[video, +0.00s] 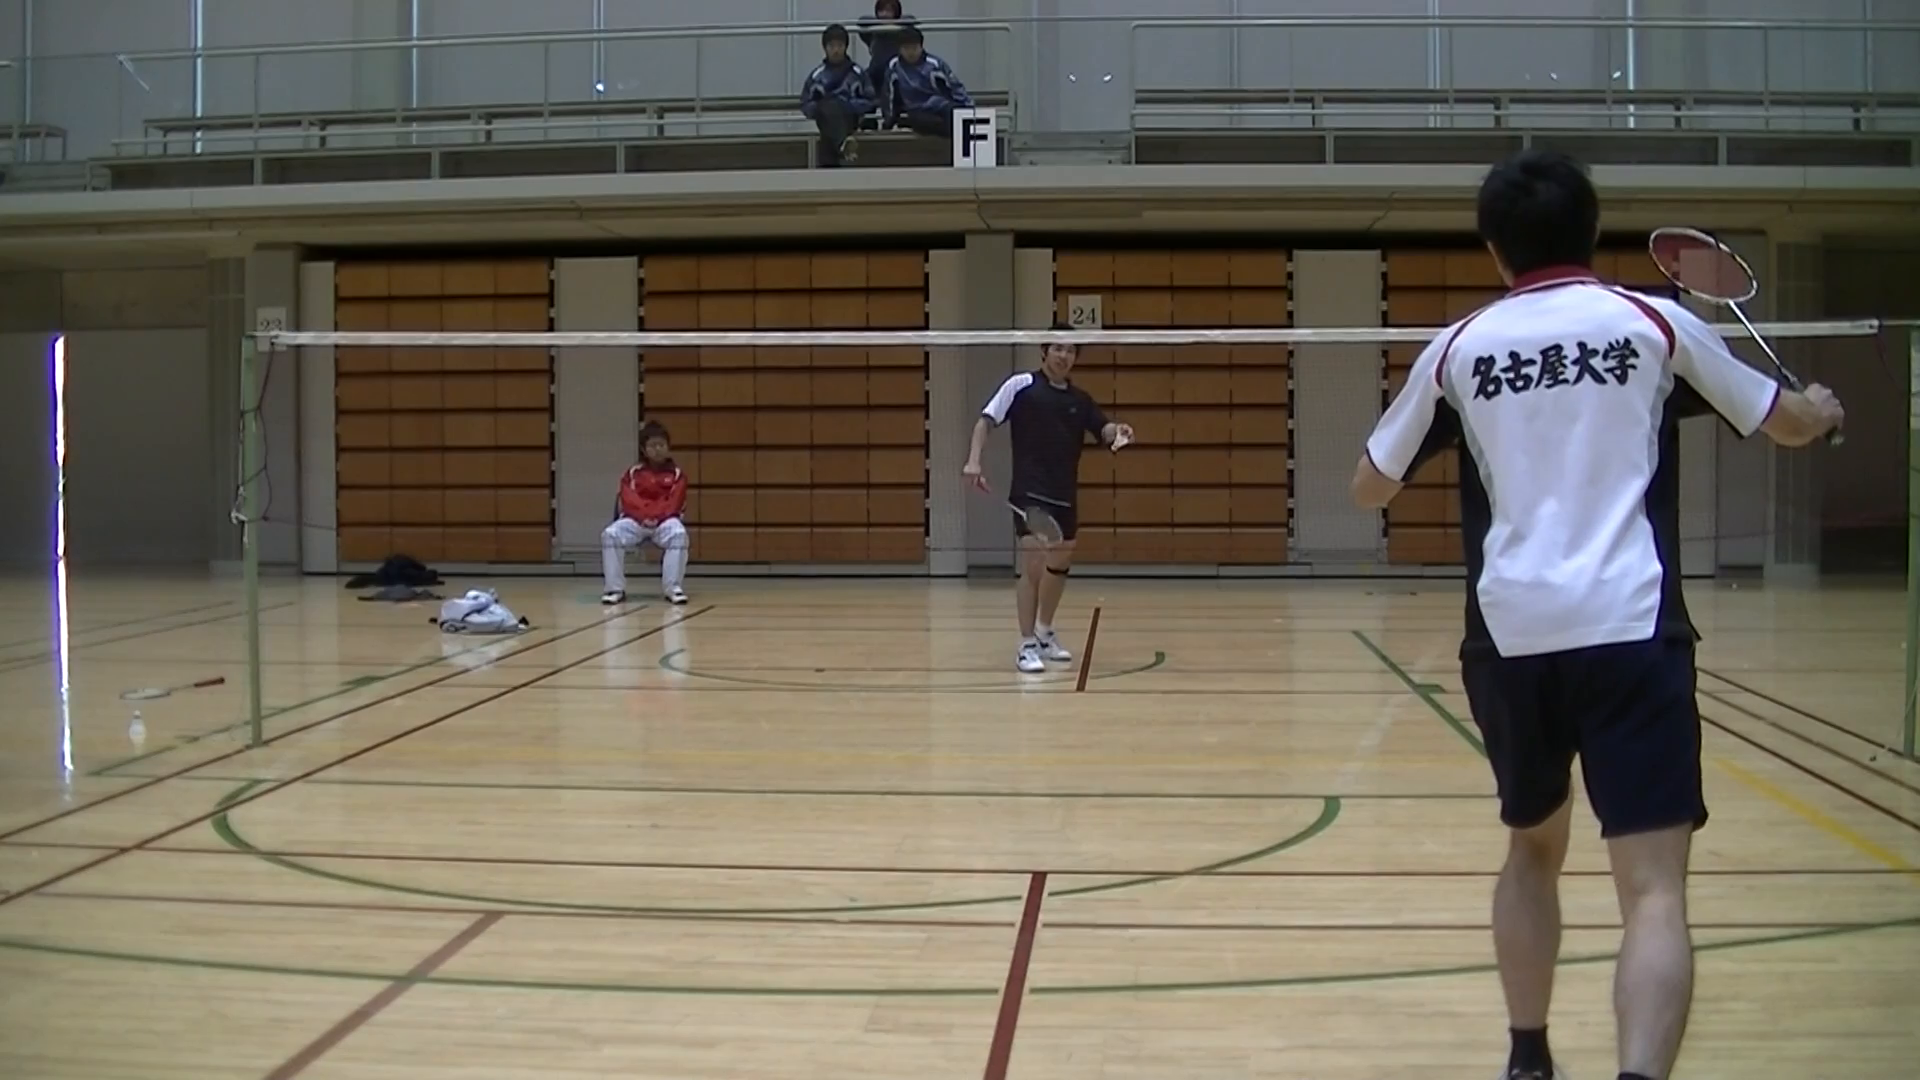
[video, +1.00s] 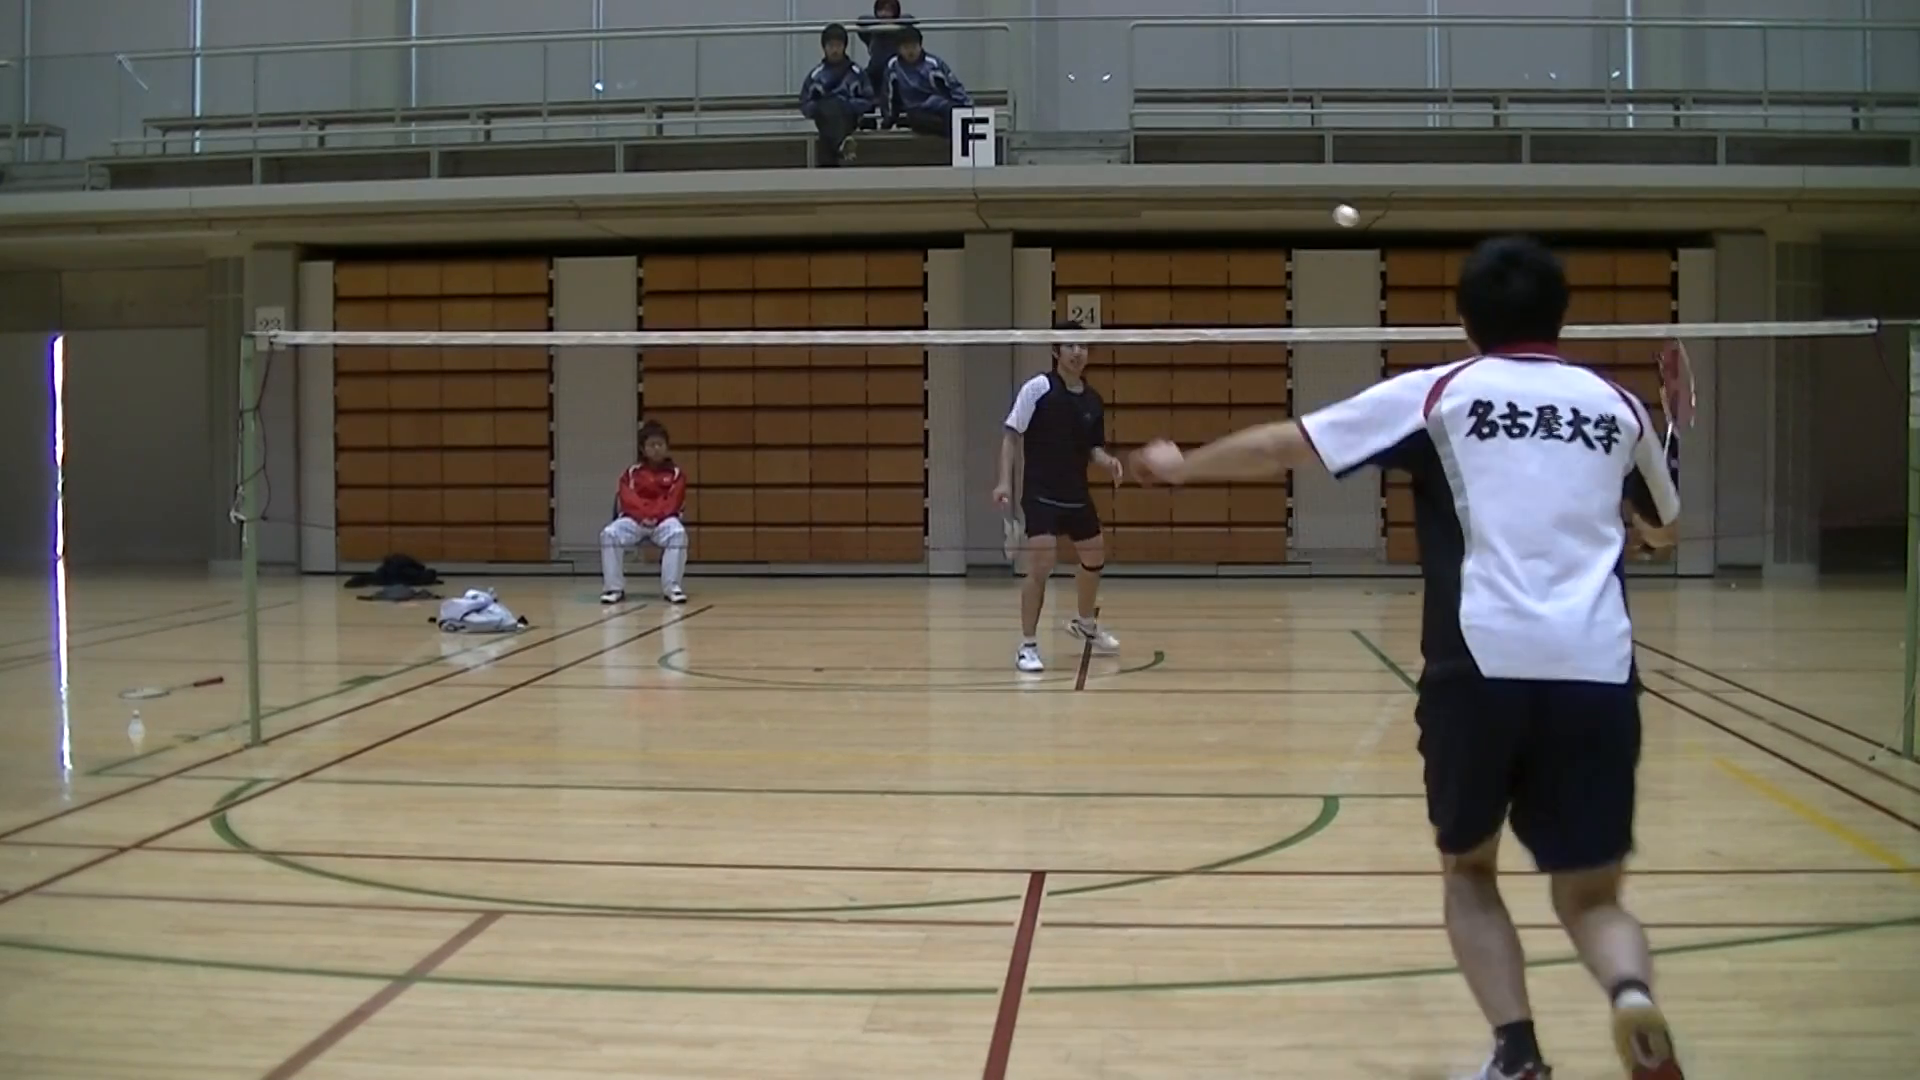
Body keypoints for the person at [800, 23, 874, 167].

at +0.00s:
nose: (836, 50)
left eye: (840, 45)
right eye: (831, 46)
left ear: (846, 47)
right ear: (825, 48)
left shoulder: (858, 73)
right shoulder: (816, 75)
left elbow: (870, 102)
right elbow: (806, 106)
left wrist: (846, 105)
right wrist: (822, 106)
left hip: (851, 117)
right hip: (823, 118)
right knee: (830, 104)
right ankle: (842, 143)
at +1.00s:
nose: (835, 50)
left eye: (839, 45)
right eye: (830, 45)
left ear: (845, 46)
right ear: (824, 47)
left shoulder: (857, 73)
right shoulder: (815, 75)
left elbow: (868, 102)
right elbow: (805, 107)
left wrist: (843, 104)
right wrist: (823, 105)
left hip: (850, 119)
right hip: (823, 119)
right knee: (830, 104)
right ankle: (841, 143)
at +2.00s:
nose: (851, 50)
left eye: (855, 45)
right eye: (847, 45)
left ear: (861, 47)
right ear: (840, 47)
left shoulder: (875, 76)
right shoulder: (830, 77)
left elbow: (886, 102)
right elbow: (822, 104)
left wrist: (862, 105)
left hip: (869, 119)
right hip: (840, 119)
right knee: (850, 106)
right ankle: (861, 144)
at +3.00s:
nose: (832, 54)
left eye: (836, 49)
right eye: (828, 49)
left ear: (842, 50)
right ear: (821, 51)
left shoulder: (854, 76)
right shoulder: (812, 78)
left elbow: (867, 104)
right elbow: (802, 107)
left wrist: (842, 109)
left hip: (848, 121)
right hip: (820, 121)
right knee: (831, 108)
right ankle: (839, 146)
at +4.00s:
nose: (833, 52)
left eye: (837, 48)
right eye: (829, 48)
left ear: (843, 49)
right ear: (822, 50)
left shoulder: (855, 74)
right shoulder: (813, 76)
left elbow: (867, 103)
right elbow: (804, 107)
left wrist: (843, 108)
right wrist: (823, 109)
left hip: (847, 119)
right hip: (820, 119)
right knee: (830, 106)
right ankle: (840, 145)